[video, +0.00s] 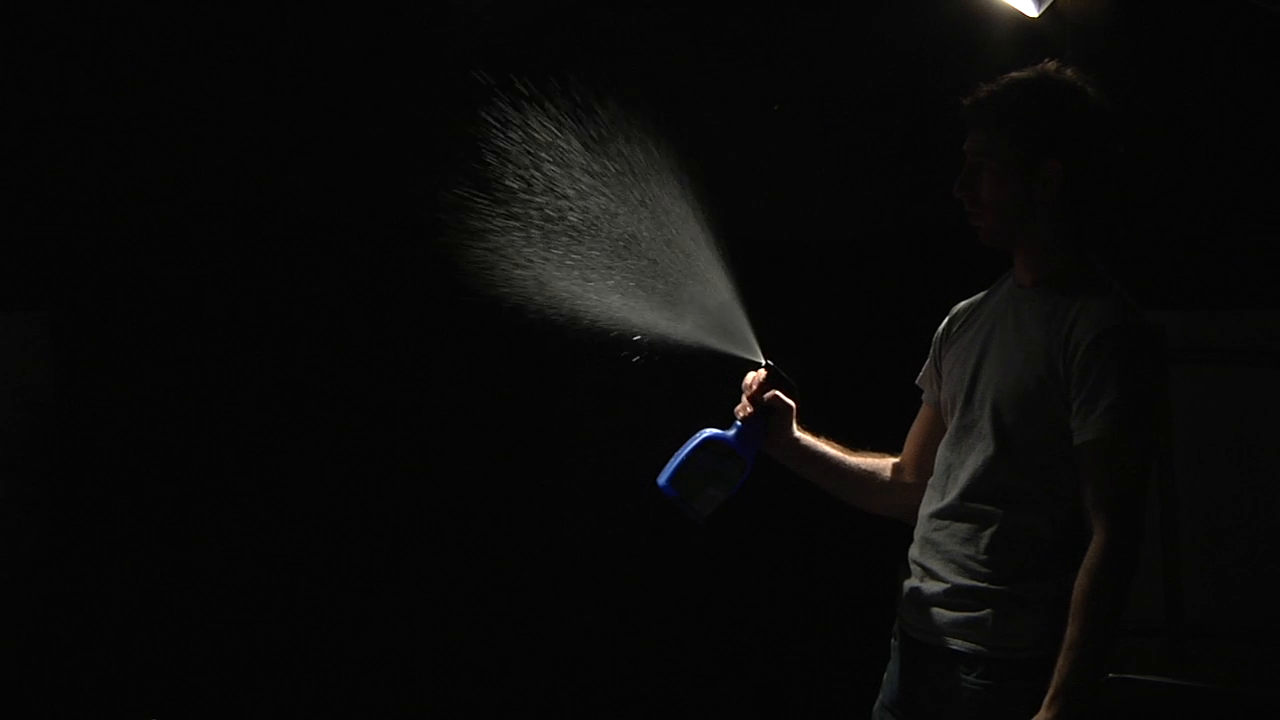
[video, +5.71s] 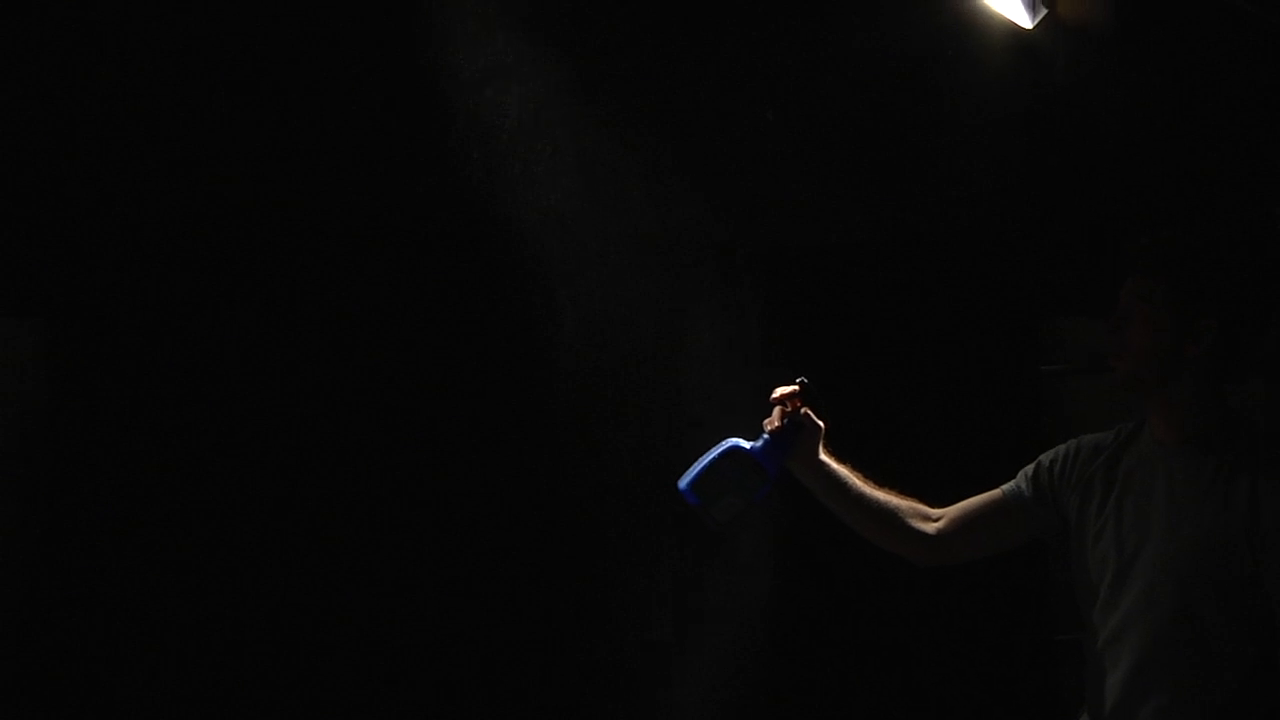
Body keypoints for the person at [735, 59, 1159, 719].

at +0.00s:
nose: (964, 184)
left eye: (985, 164)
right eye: (968, 163)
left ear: (1045, 177)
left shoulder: (1102, 328)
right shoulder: (965, 323)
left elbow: (1114, 533)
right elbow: (910, 485)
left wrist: (1060, 700)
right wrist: (791, 439)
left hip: (1010, 661)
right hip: (919, 642)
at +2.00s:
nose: (962, 184)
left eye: (982, 163)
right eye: (966, 163)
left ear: (1044, 174)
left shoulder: (1103, 324)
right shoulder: (969, 322)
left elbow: (1123, 527)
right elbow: (920, 486)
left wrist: (1076, 698)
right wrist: (798, 443)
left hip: (1022, 659)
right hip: (931, 644)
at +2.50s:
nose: (963, 180)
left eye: (983, 159)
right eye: (967, 159)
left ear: (1044, 171)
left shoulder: (1097, 323)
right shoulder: (966, 321)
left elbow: (1108, 526)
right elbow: (914, 485)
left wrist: (1035, 692)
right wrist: (797, 443)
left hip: (1011, 668)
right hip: (925, 648)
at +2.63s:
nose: (1122, 324)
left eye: (1145, 306)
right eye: (1123, 305)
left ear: (1202, 319)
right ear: (1121, 320)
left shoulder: (1258, 459)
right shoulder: (1088, 456)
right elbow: (930, 520)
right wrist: (806, 453)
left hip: (1233, 699)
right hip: (1117, 700)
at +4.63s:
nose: (1119, 316)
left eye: (1142, 299)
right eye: (1123, 297)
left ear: (1202, 319)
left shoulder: (1258, 459)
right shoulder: (1088, 456)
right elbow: (933, 519)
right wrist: (811, 449)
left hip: (1233, 702)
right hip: (1118, 702)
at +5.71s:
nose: (1121, 330)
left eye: (1143, 312)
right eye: (1125, 312)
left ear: (1199, 330)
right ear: (1125, 332)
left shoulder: (1256, 463)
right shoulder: (1087, 468)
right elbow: (933, 531)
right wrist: (814, 460)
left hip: (1238, 700)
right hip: (1121, 702)